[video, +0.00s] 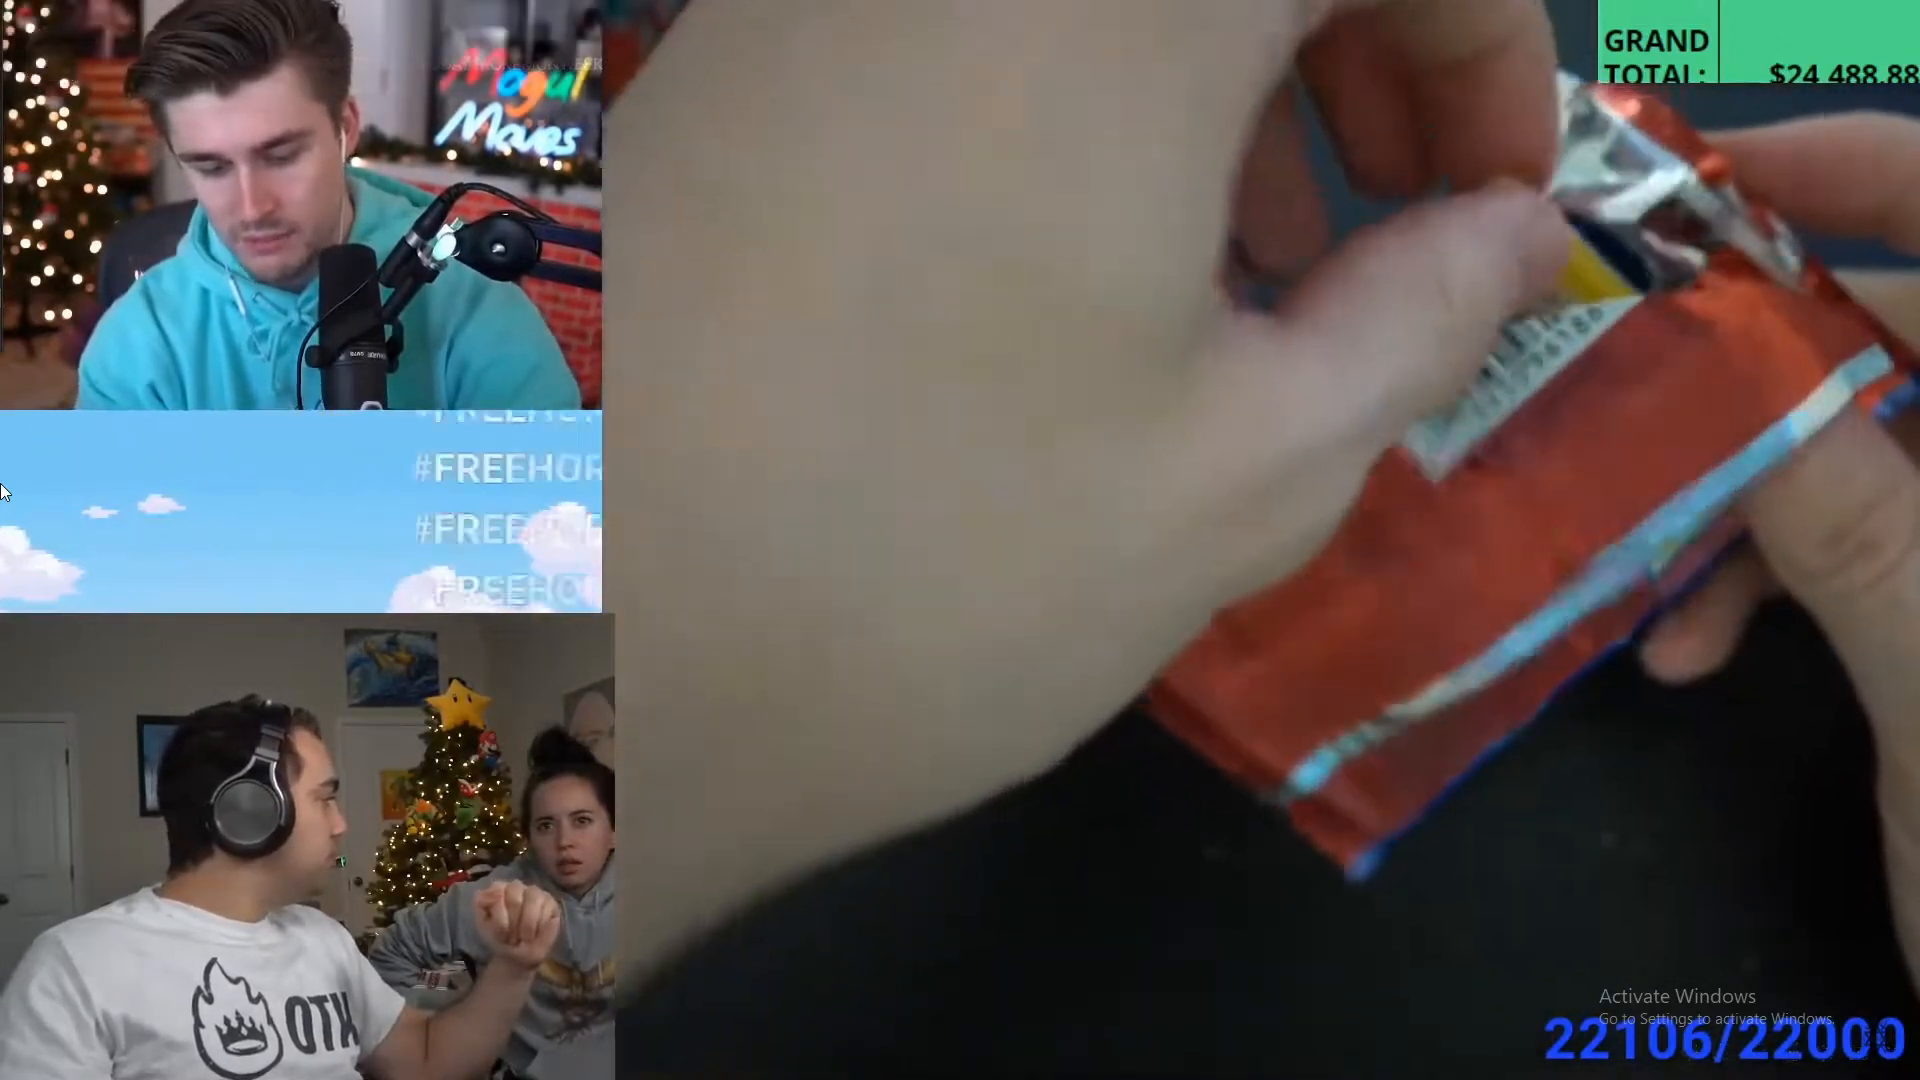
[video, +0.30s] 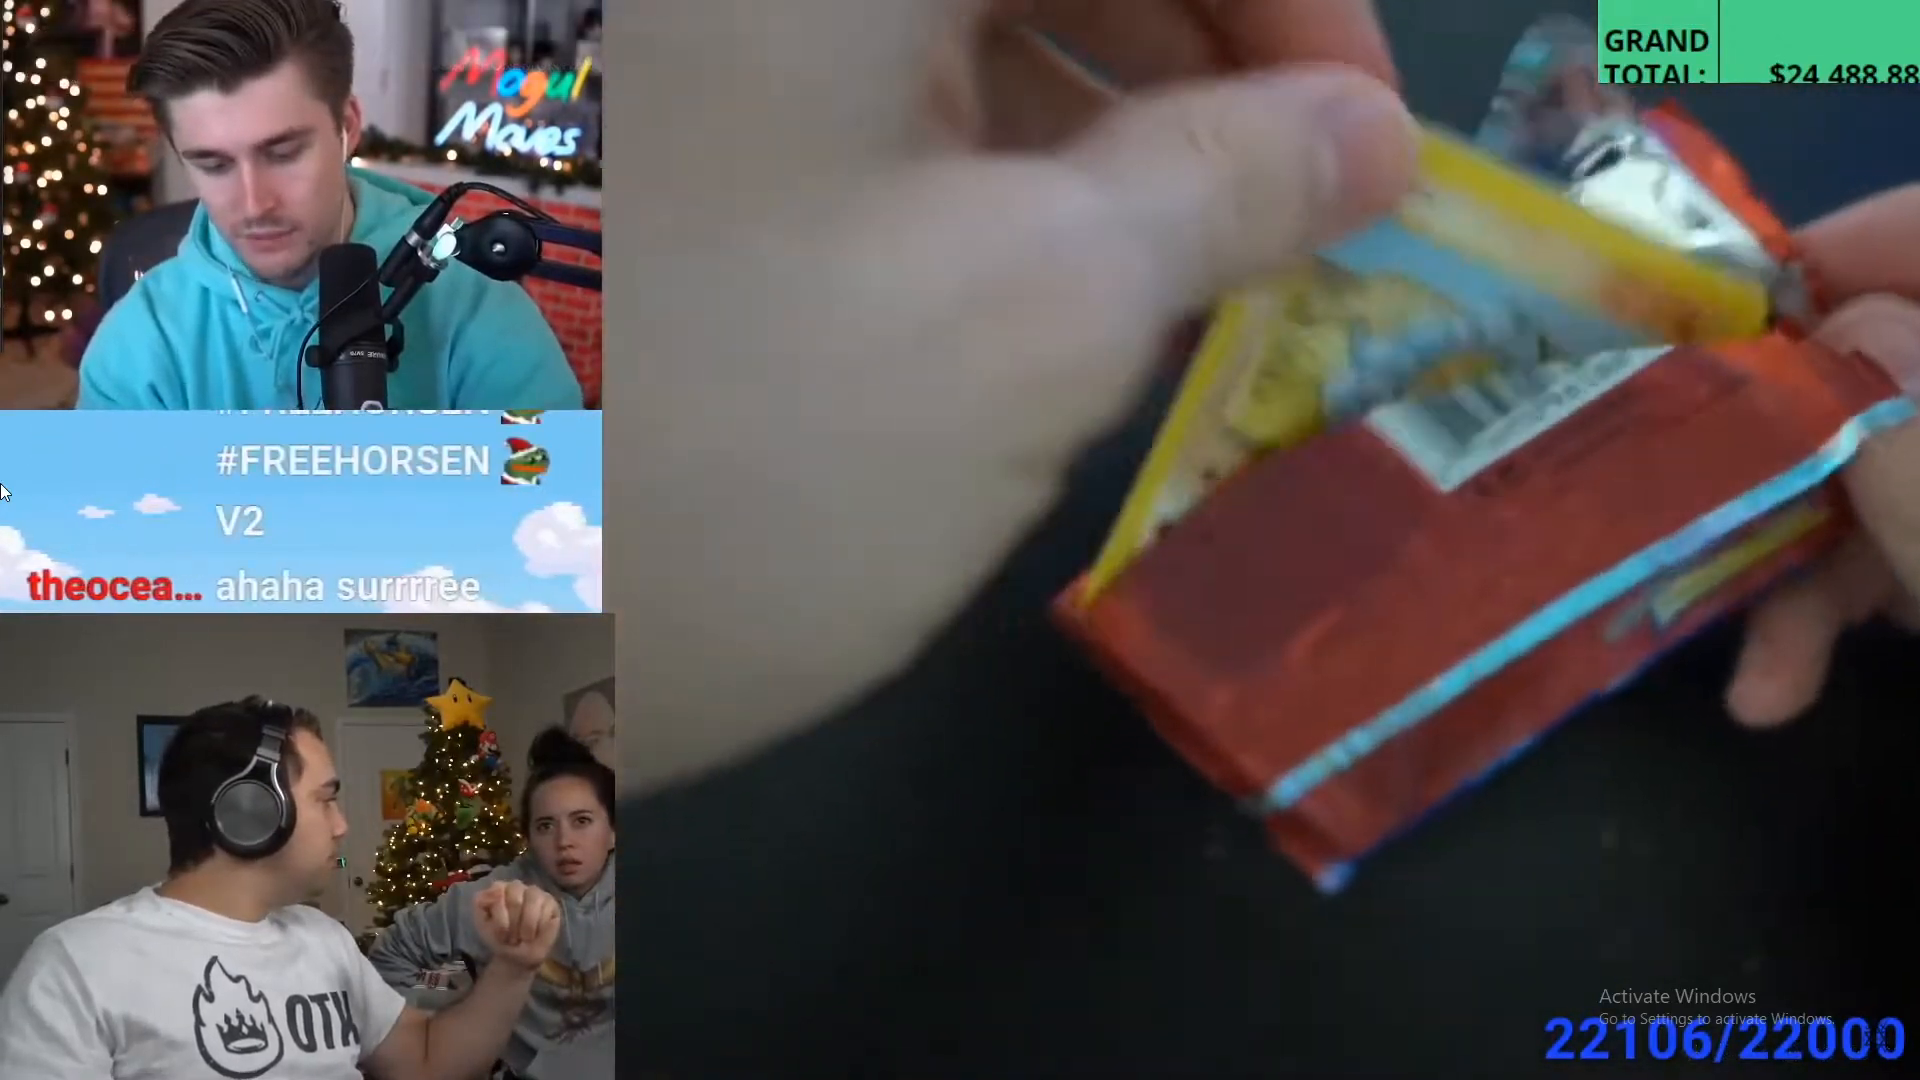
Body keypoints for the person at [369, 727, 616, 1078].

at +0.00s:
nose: (565, 842)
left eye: (582, 821)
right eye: (546, 826)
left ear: (613, 831)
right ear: (529, 838)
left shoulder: (644, 892)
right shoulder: (491, 899)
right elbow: (387, 957)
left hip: (625, 1068)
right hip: (536, 1073)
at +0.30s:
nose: (564, 842)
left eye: (582, 822)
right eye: (546, 826)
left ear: (612, 832)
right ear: (528, 838)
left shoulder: (643, 891)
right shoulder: (491, 898)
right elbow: (389, 955)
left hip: (624, 1068)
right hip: (537, 1073)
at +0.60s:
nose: (564, 842)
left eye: (582, 822)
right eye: (546, 826)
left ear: (612, 832)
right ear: (528, 838)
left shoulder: (642, 890)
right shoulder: (490, 898)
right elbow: (389, 955)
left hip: (626, 1066)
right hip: (539, 1072)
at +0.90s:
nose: (564, 842)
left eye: (582, 822)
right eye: (545, 826)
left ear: (612, 830)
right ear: (528, 838)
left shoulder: (644, 892)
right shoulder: (490, 898)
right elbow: (388, 957)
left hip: (621, 1067)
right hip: (535, 1072)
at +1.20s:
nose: (564, 842)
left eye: (582, 822)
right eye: (546, 826)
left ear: (612, 831)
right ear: (528, 838)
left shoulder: (644, 891)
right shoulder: (490, 897)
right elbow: (389, 955)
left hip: (627, 1067)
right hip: (535, 1072)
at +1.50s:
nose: (564, 842)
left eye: (582, 822)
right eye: (546, 826)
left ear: (612, 831)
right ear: (528, 838)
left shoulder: (644, 891)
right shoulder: (491, 898)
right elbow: (389, 956)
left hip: (629, 1068)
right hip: (537, 1073)